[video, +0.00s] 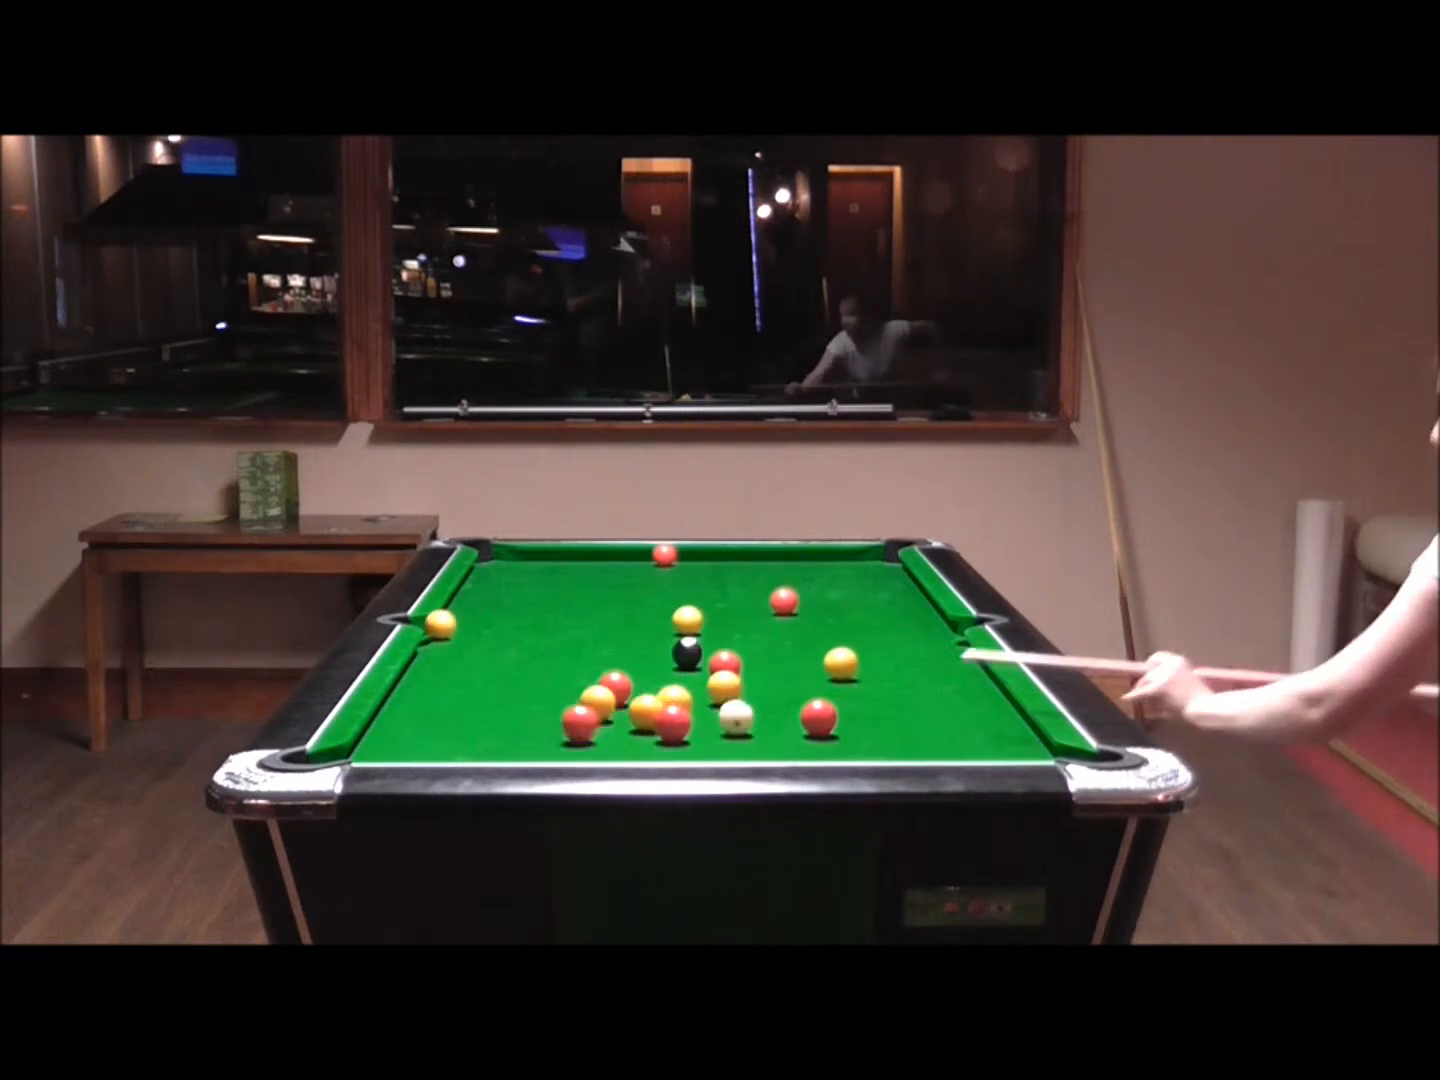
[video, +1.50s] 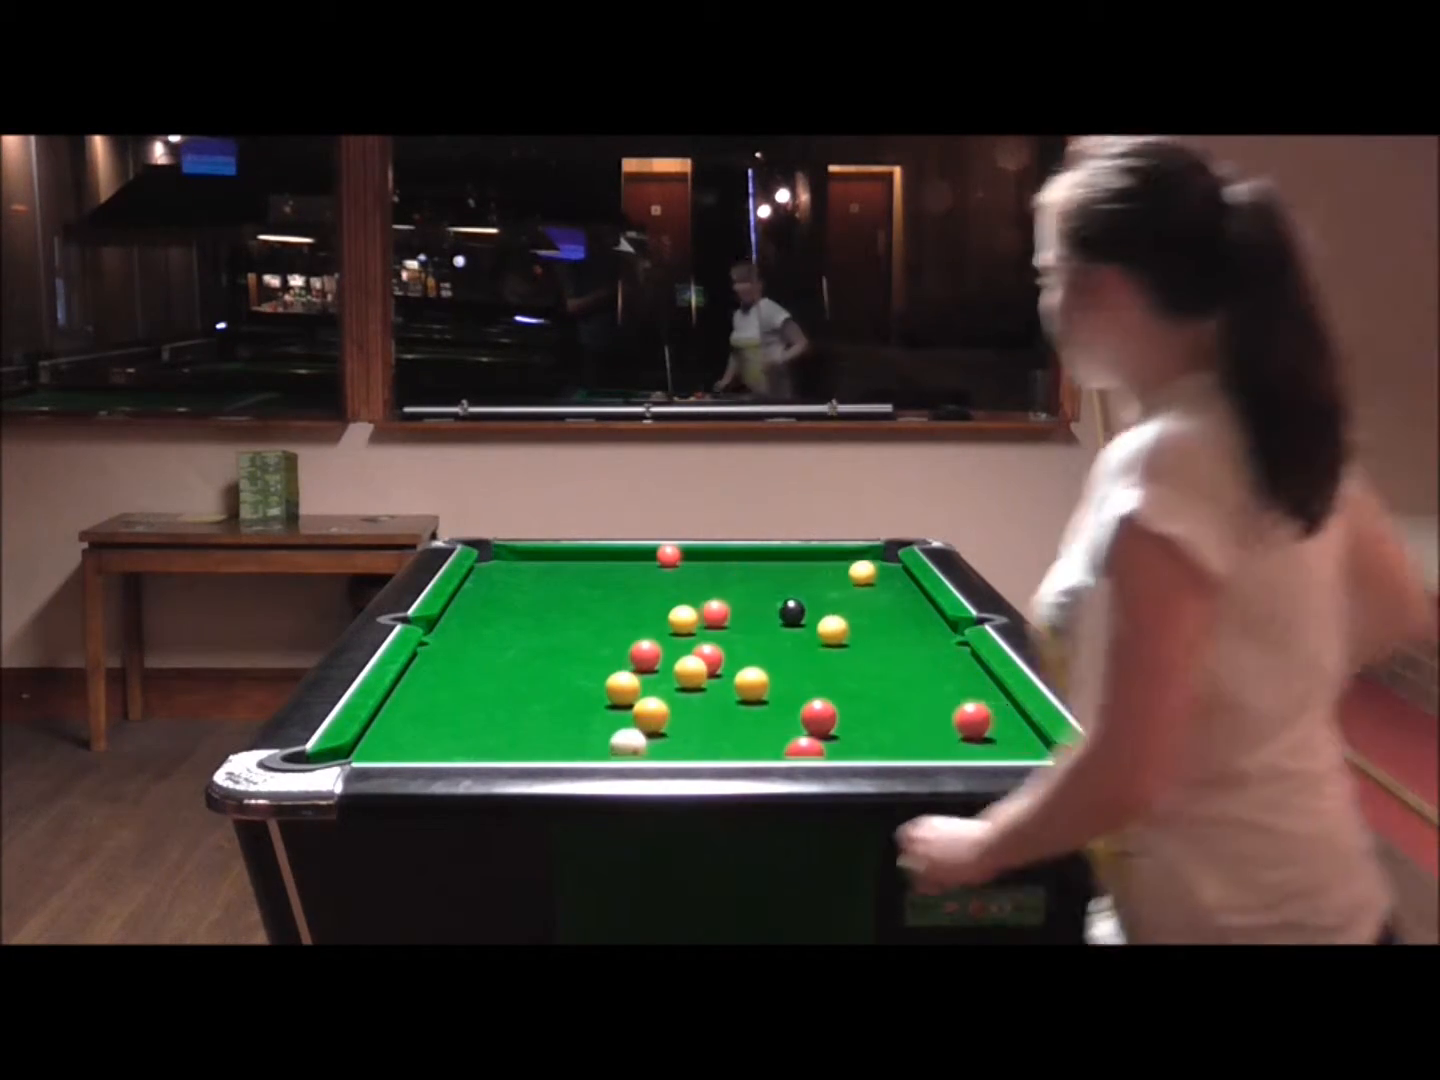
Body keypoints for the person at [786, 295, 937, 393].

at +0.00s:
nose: (845, 321)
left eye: (851, 315)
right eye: (843, 316)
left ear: (866, 317)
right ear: (841, 317)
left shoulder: (892, 332)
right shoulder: (841, 343)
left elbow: (928, 329)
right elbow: (819, 373)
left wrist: (939, 368)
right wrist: (802, 389)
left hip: (893, 391)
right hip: (857, 395)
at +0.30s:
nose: (848, 293)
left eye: (854, 287)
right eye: (846, 288)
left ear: (868, 289)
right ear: (844, 290)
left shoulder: (895, 315)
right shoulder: (841, 320)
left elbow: (925, 334)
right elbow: (827, 362)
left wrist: (912, 367)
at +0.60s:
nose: (853, 288)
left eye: (858, 283)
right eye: (852, 283)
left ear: (875, 285)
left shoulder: (898, 312)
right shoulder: (848, 315)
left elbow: (927, 341)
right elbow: (843, 354)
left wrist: (900, 372)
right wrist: (846, 388)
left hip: (888, 393)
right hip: (857, 395)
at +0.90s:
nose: (837, 293)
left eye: (841, 288)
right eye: (835, 289)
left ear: (854, 287)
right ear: (834, 290)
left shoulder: (875, 310)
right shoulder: (834, 314)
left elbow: (906, 343)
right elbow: (835, 356)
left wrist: (883, 367)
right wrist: (833, 390)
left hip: (873, 391)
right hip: (843, 391)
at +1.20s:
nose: (793, 291)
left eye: (797, 286)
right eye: (791, 287)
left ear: (810, 284)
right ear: (788, 287)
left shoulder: (824, 307)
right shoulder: (791, 312)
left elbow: (856, 341)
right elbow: (795, 356)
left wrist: (832, 358)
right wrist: (790, 389)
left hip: (825, 387)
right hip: (800, 388)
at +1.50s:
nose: (738, 288)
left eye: (744, 282)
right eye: (736, 283)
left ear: (758, 285)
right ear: (734, 286)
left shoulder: (768, 309)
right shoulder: (738, 315)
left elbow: (800, 342)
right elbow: (736, 354)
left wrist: (780, 358)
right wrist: (726, 380)